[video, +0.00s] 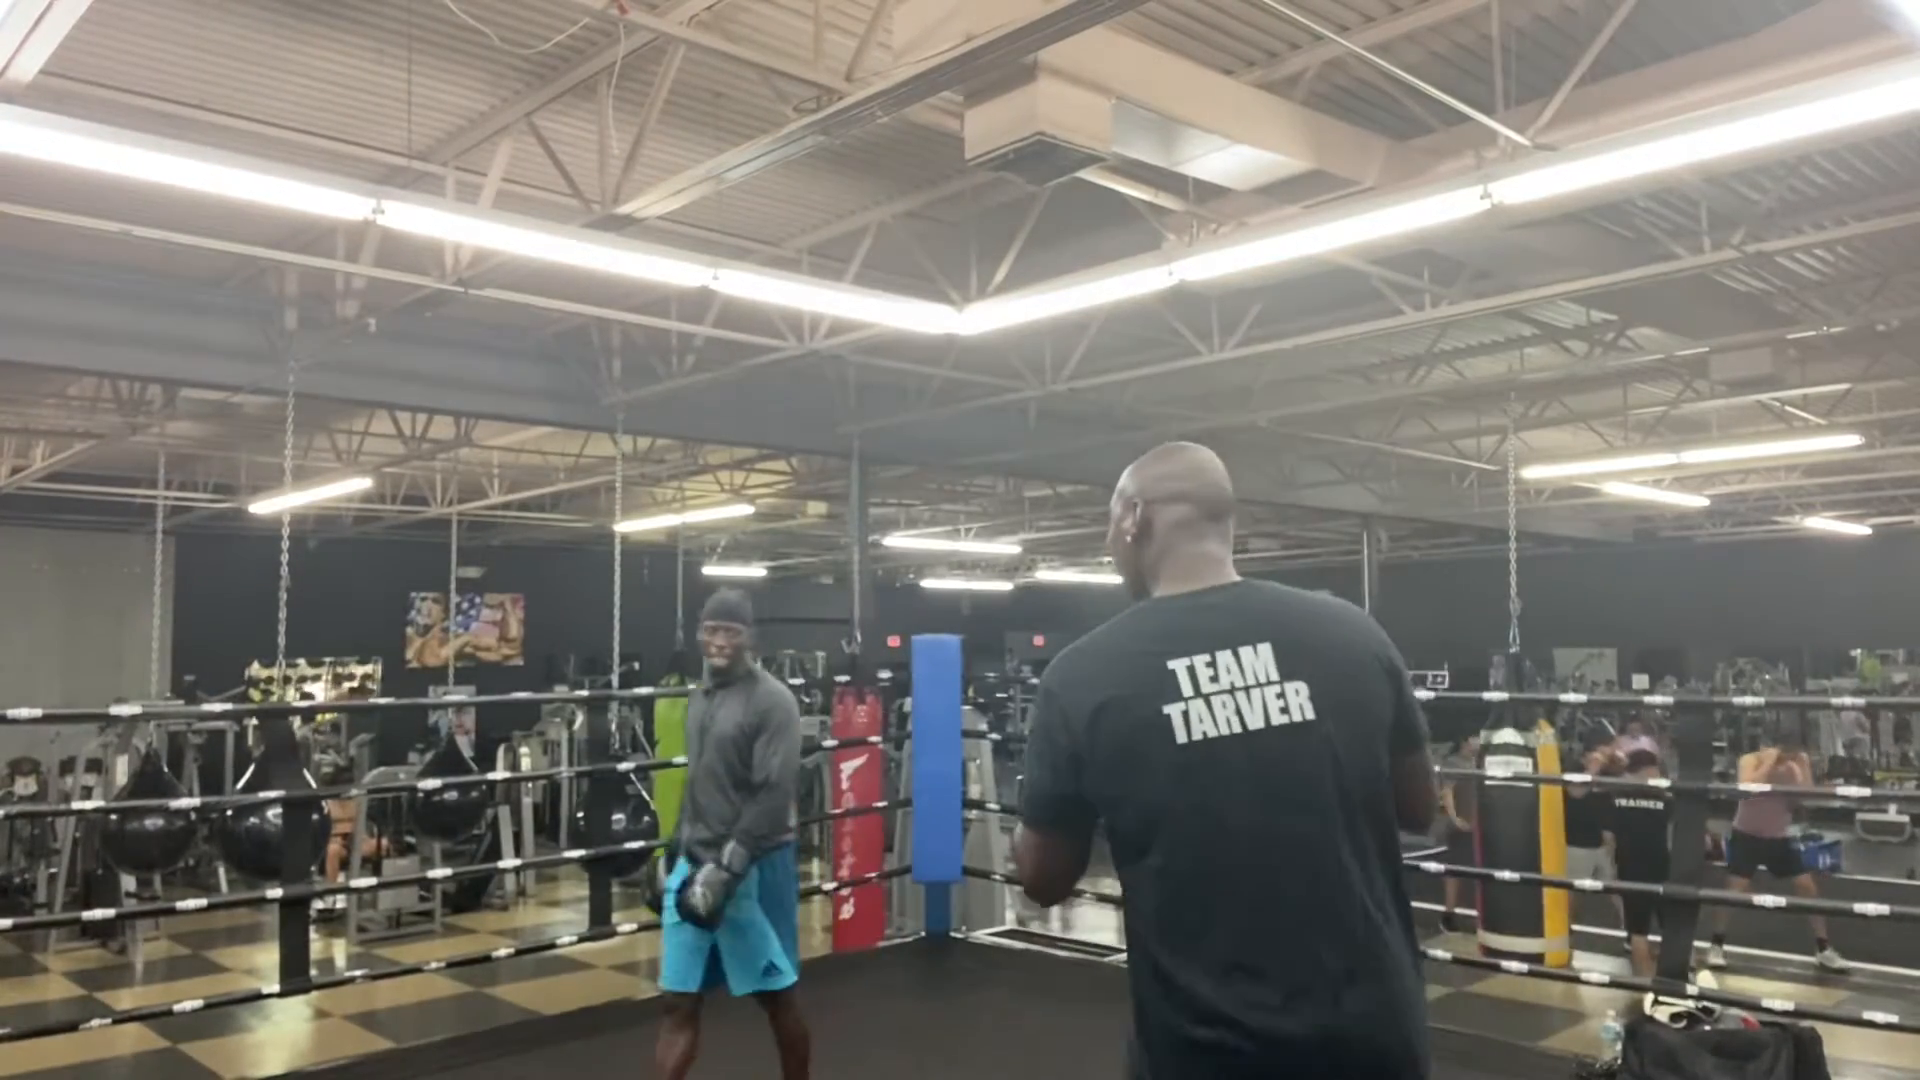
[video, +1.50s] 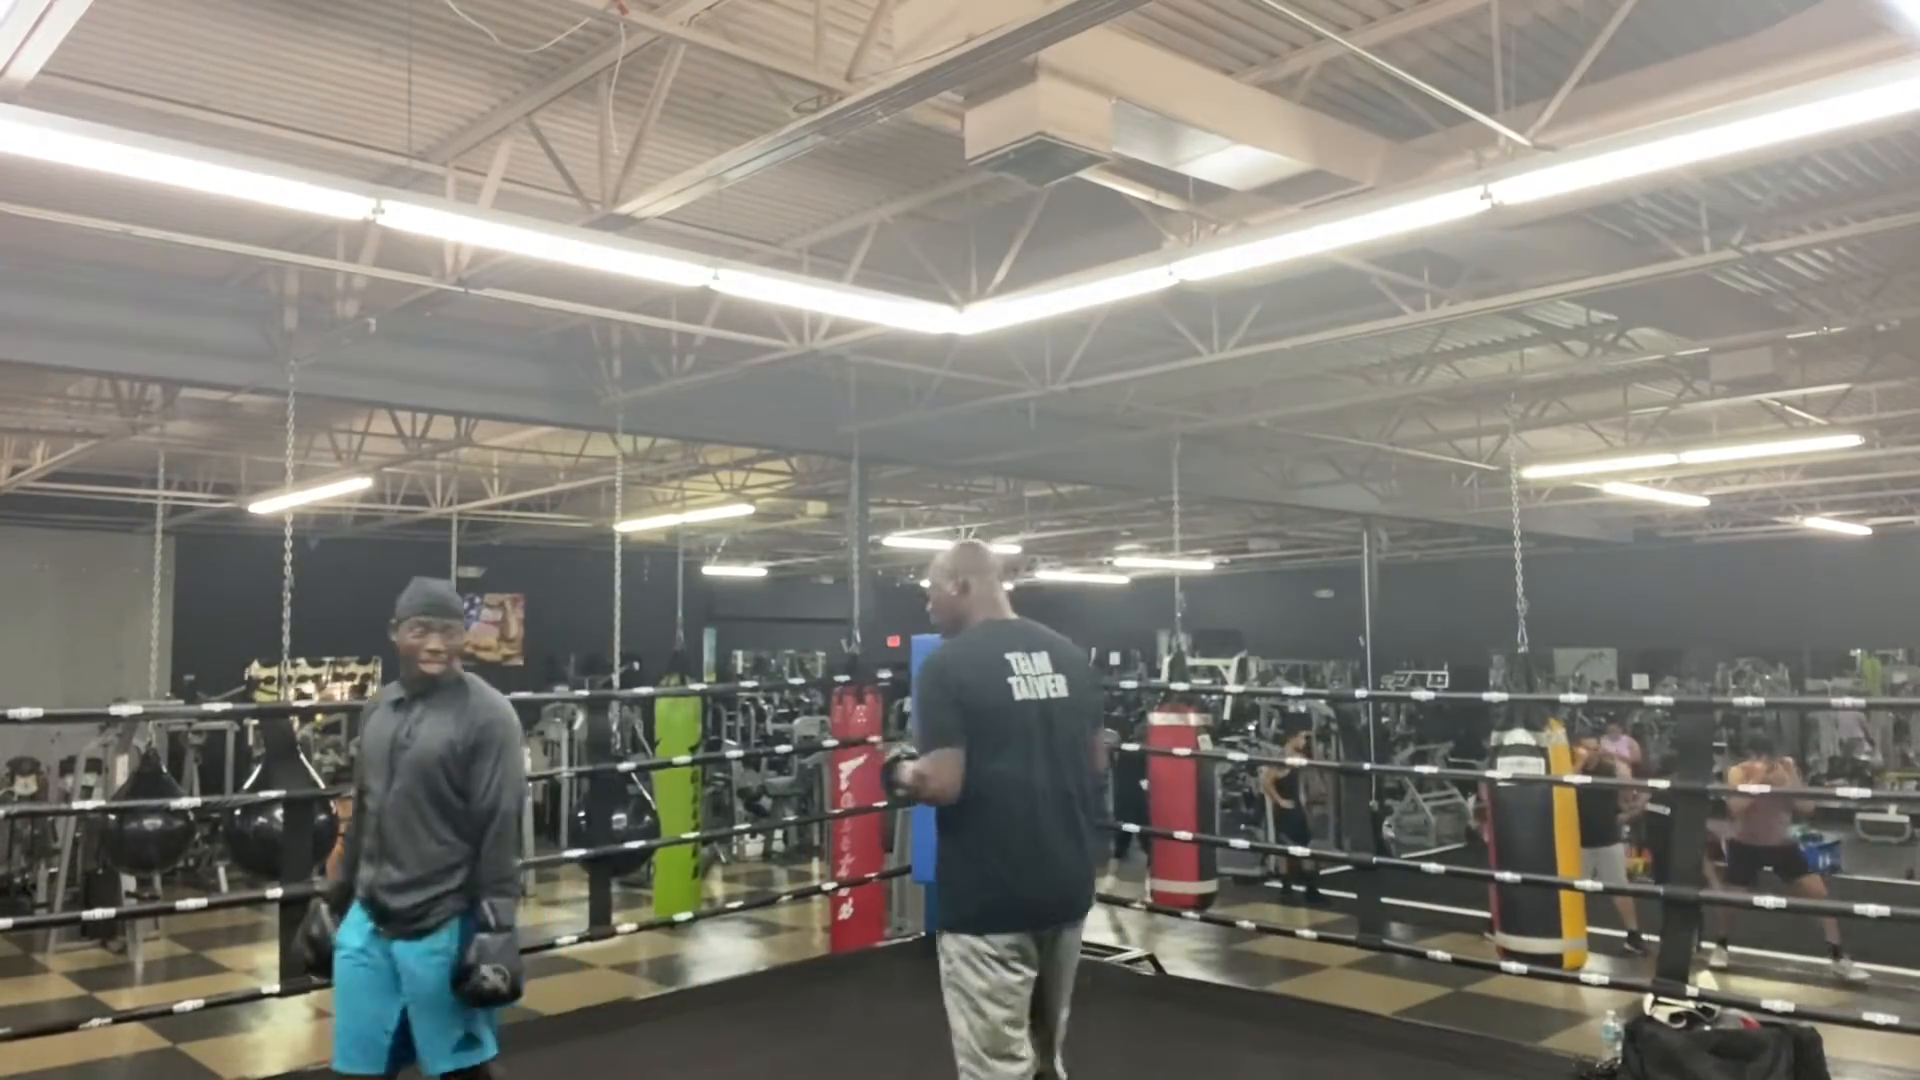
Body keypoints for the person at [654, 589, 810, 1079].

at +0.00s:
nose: (719, 641)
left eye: (730, 633)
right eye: (711, 631)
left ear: (749, 638)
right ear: (699, 637)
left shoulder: (774, 700)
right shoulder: (701, 698)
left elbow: (774, 799)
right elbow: (696, 786)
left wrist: (725, 868)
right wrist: (675, 857)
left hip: (758, 864)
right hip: (696, 862)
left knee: (777, 998)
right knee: (678, 1002)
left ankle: (797, 1073)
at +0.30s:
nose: (649, 630)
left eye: (659, 619)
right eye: (639, 619)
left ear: (677, 627)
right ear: (623, 629)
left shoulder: (706, 692)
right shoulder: (613, 696)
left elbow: (735, 776)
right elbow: (595, 785)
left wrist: (747, 863)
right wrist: (571, 864)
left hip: (676, 863)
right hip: (617, 864)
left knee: (640, 1005)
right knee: (630, 1007)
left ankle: (705, 1074)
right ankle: (648, 1074)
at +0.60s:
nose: (606, 629)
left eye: (617, 620)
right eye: (594, 619)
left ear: (629, 631)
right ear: (574, 630)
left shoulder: (656, 697)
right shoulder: (560, 700)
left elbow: (685, 785)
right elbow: (540, 795)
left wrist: (706, 871)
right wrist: (500, 866)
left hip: (631, 875)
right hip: (574, 877)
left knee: (581, 1022)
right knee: (615, 1022)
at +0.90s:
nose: (573, 641)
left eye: (585, 632)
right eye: (561, 629)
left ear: (596, 639)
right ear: (536, 630)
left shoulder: (605, 709)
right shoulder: (510, 689)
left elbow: (612, 807)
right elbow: (487, 780)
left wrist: (592, 902)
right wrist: (457, 857)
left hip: (550, 889)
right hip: (489, 886)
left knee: (544, 1043)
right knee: (483, 1035)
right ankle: (564, 1075)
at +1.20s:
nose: (529, 639)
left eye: (540, 629)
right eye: (516, 626)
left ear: (550, 637)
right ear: (490, 628)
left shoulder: (568, 709)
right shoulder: (467, 687)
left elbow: (558, 817)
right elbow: (447, 786)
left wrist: (506, 902)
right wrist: (417, 868)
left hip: (527, 891)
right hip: (449, 887)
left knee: (524, 1049)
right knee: (413, 1041)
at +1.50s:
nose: (435, 645)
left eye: (447, 631)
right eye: (421, 630)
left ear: (463, 638)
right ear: (395, 635)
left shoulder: (490, 716)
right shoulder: (379, 709)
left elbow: (500, 829)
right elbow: (363, 814)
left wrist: (497, 930)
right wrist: (333, 900)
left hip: (445, 926)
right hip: (368, 921)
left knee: (461, 1067)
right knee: (357, 1067)